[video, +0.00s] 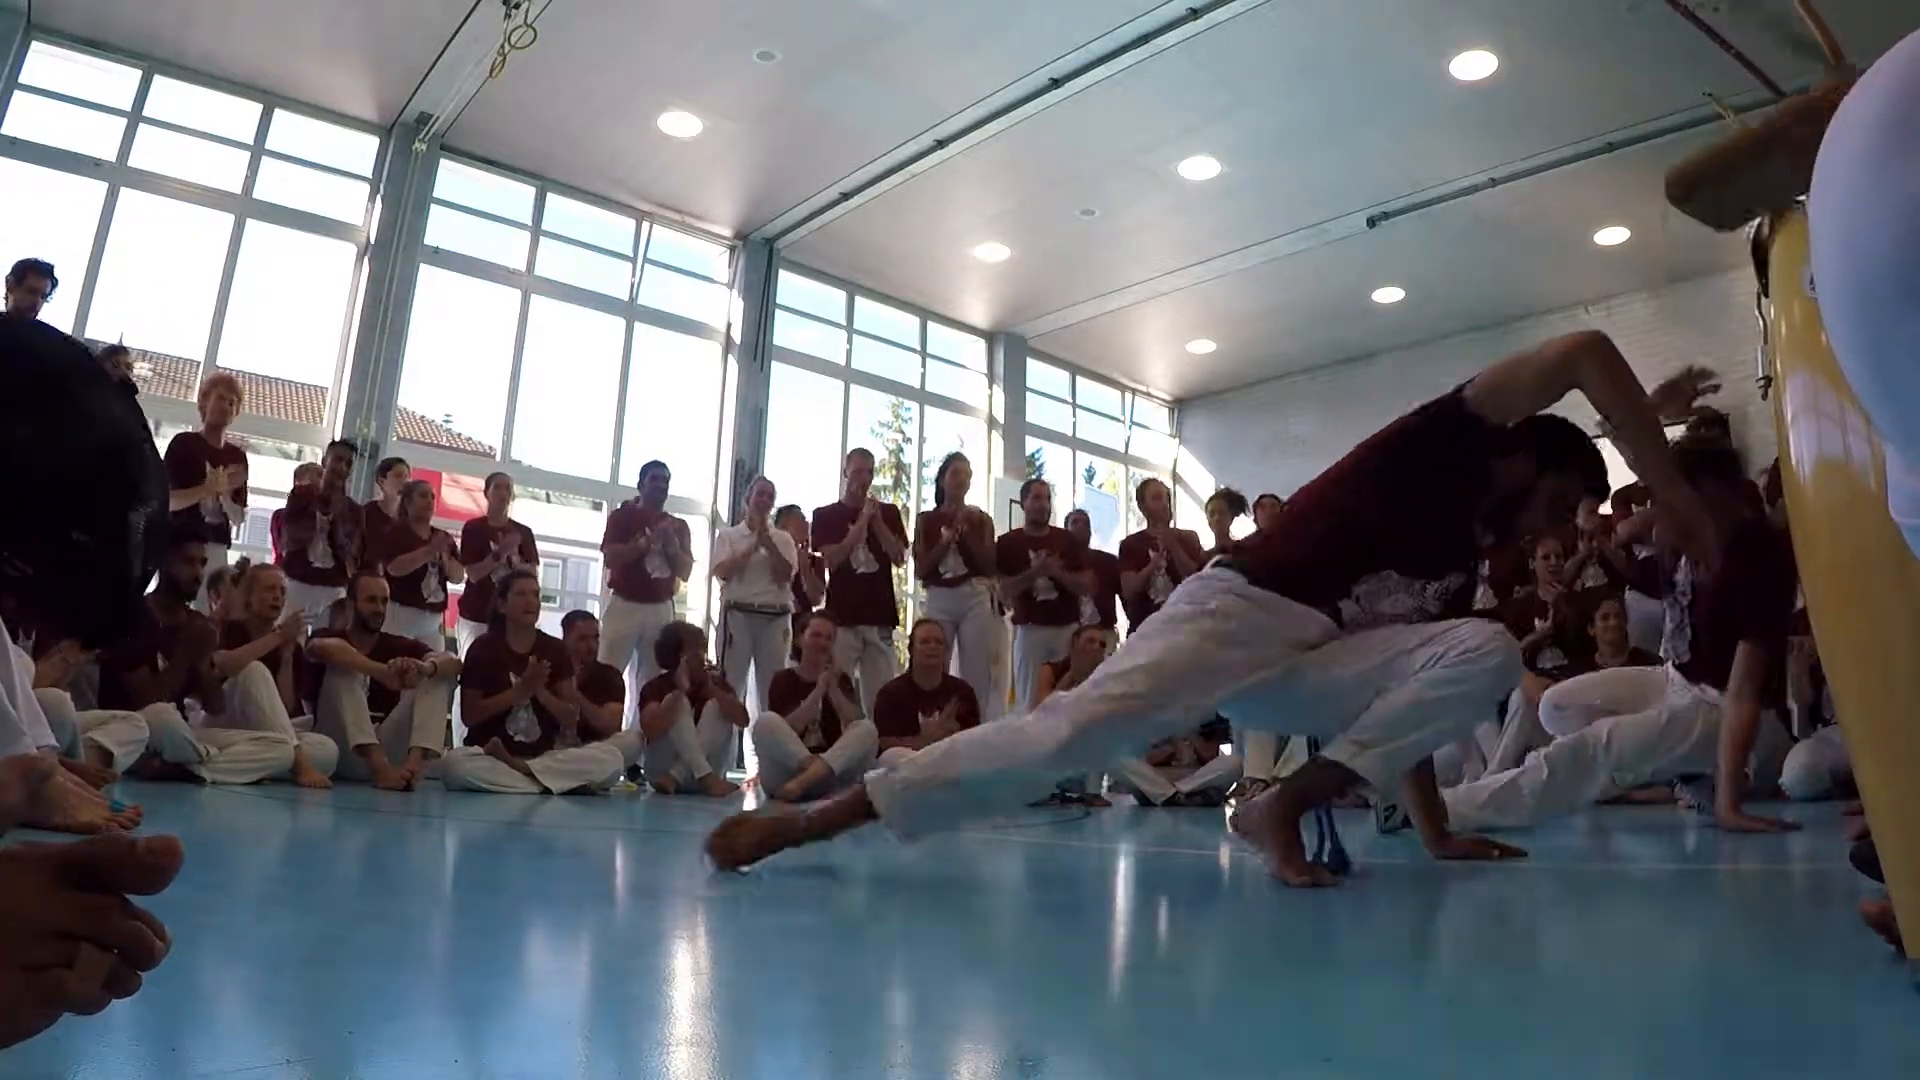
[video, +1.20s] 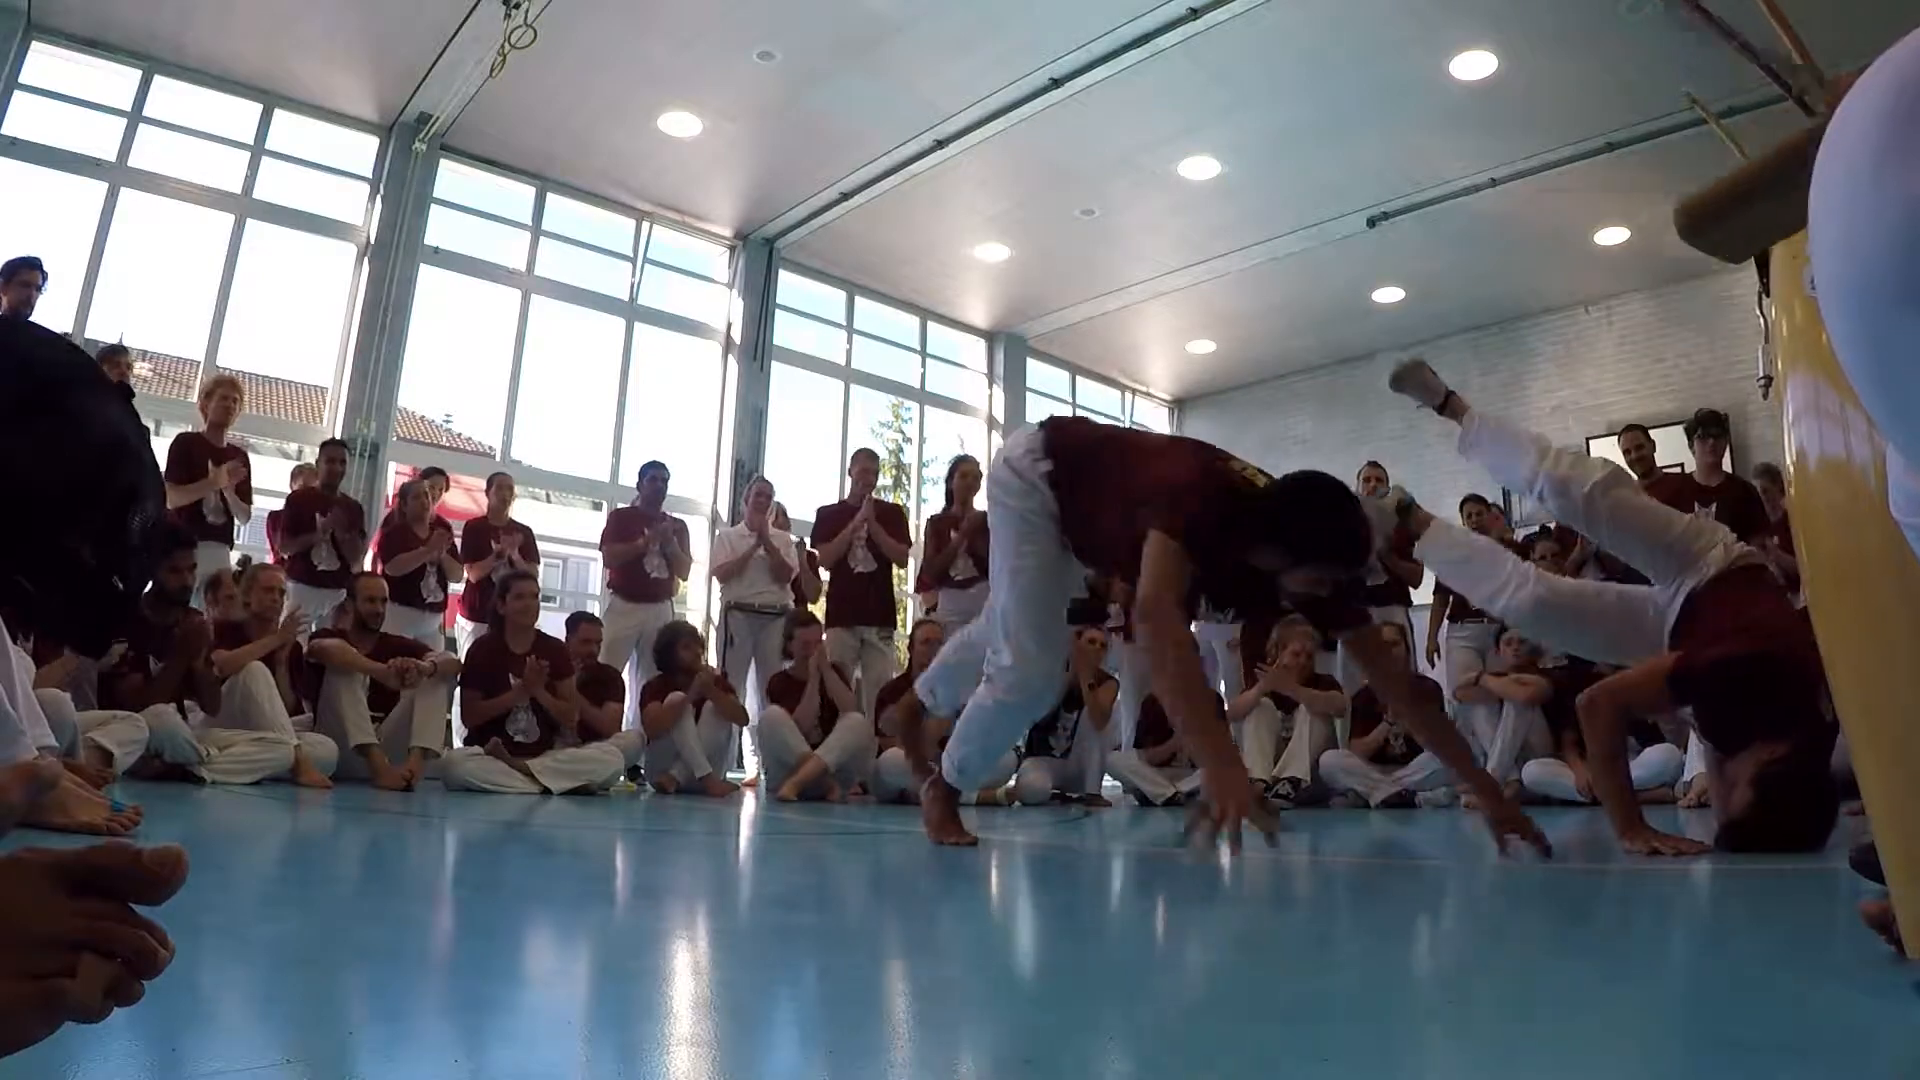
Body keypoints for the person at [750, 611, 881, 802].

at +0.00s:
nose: (822, 643)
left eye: (828, 638)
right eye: (816, 636)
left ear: (833, 644)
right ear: (799, 639)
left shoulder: (841, 680)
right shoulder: (783, 679)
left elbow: (858, 724)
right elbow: (782, 731)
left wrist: (834, 691)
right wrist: (818, 692)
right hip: (787, 775)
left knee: (866, 729)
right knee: (765, 722)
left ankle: (801, 783)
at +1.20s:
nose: (812, 650)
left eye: (818, 643)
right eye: (805, 644)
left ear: (823, 642)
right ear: (789, 645)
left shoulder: (835, 671)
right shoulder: (779, 681)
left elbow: (850, 709)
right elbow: (801, 728)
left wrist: (826, 669)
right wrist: (813, 677)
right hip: (789, 777)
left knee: (857, 722)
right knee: (771, 715)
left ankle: (795, 783)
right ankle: (828, 785)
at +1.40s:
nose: (809, 645)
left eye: (812, 639)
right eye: (801, 639)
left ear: (817, 643)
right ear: (784, 644)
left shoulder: (825, 673)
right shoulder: (772, 679)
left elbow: (845, 700)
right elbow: (797, 724)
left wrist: (830, 649)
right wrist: (794, 669)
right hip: (785, 778)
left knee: (855, 717)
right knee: (767, 720)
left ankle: (798, 784)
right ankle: (829, 785)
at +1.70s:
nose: (807, 661)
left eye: (811, 654)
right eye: (799, 656)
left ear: (816, 651)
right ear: (786, 654)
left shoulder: (821, 673)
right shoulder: (770, 678)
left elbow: (849, 685)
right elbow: (790, 703)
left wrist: (822, 637)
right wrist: (781, 650)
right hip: (784, 777)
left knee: (857, 718)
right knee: (773, 716)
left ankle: (804, 785)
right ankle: (829, 784)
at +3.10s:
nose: (811, 664)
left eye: (818, 656)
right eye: (804, 657)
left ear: (827, 654)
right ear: (794, 656)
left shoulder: (836, 679)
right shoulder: (780, 680)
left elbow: (859, 687)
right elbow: (775, 701)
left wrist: (839, 656)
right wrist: (791, 653)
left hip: (832, 779)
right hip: (785, 777)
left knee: (851, 711)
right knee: (797, 701)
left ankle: (812, 785)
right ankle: (824, 783)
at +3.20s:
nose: (806, 657)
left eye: (812, 649)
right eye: (799, 652)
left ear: (821, 648)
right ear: (790, 653)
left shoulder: (836, 679)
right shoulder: (781, 679)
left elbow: (860, 695)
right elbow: (773, 703)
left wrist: (838, 659)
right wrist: (807, 668)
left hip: (831, 778)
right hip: (785, 776)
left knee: (847, 711)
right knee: (796, 700)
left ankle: (812, 785)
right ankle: (824, 783)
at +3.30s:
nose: (810, 655)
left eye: (814, 647)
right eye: (801, 653)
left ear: (823, 645)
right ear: (791, 658)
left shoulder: (839, 679)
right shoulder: (785, 678)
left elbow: (860, 696)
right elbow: (775, 701)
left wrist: (844, 664)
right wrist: (817, 683)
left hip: (832, 778)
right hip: (785, 776)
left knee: (846, 709)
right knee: (795, 702)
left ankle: (812, 785)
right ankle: (825, 783)